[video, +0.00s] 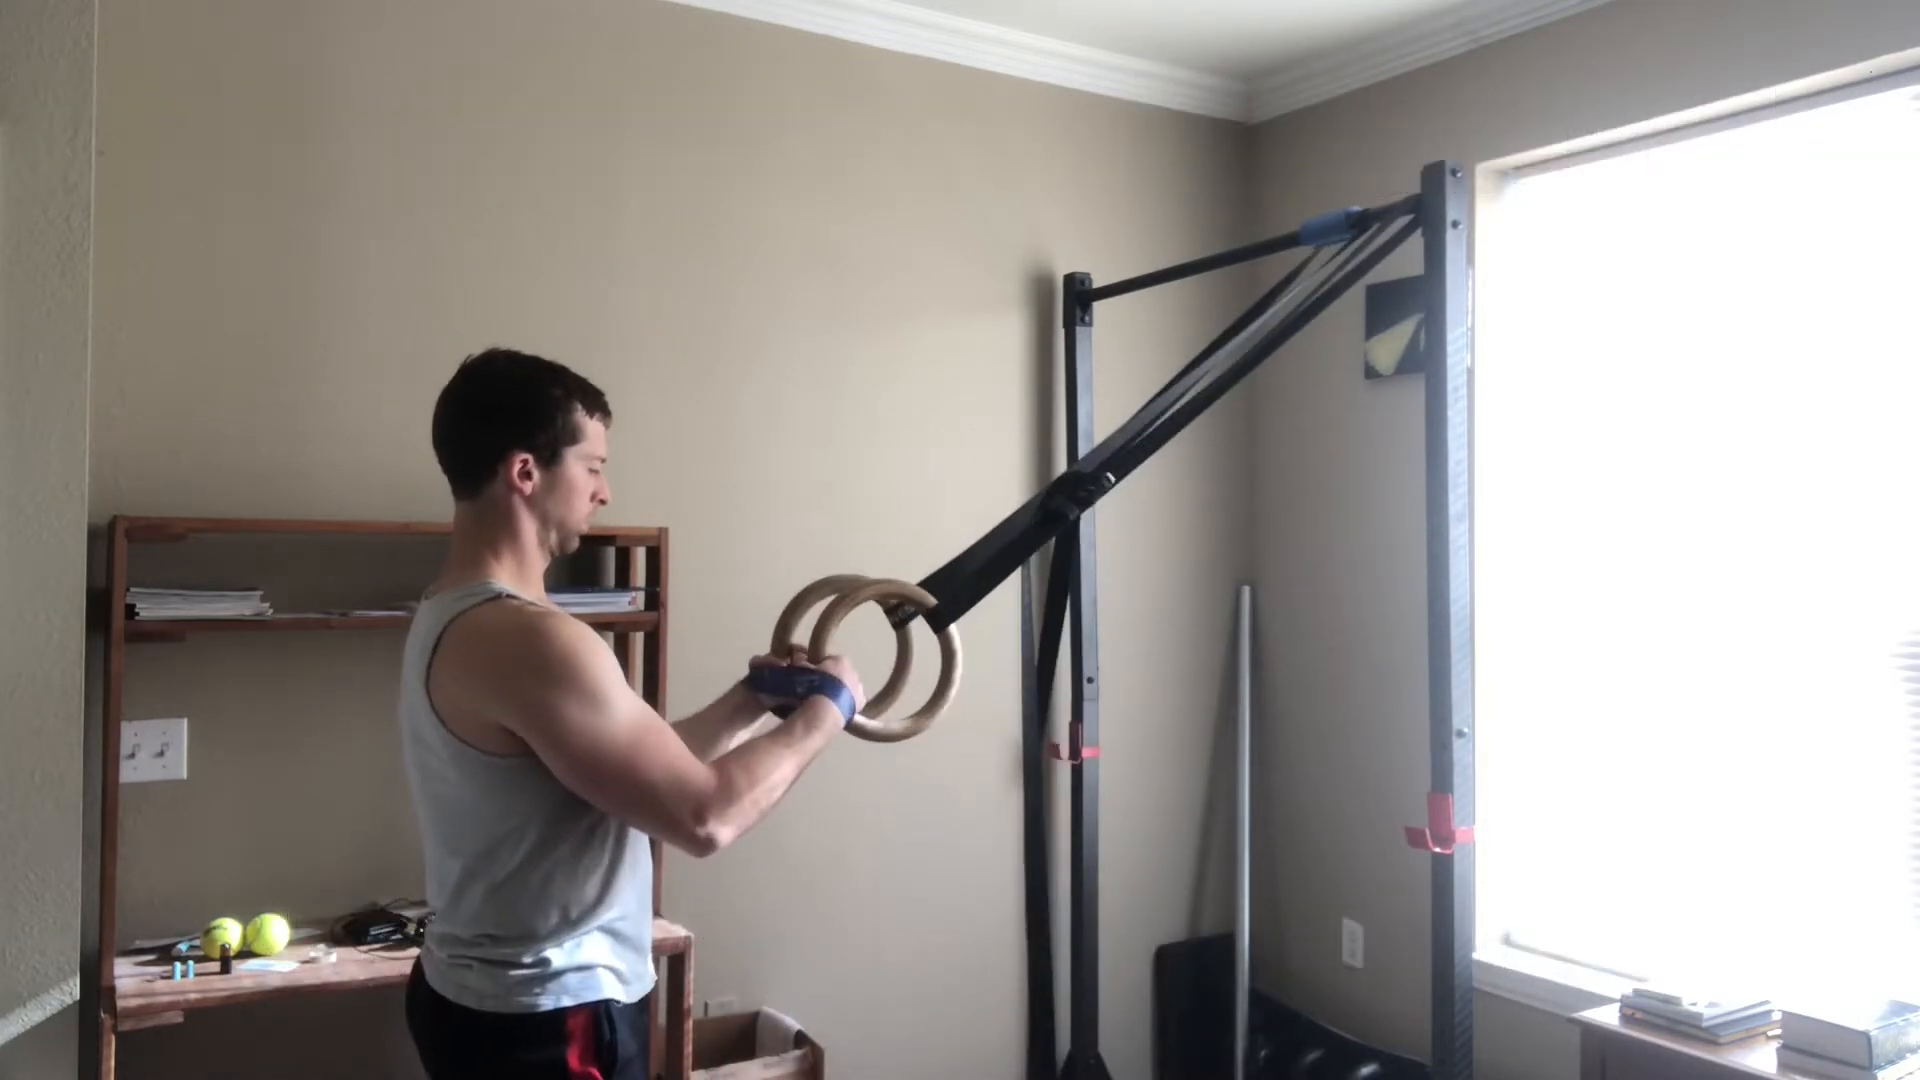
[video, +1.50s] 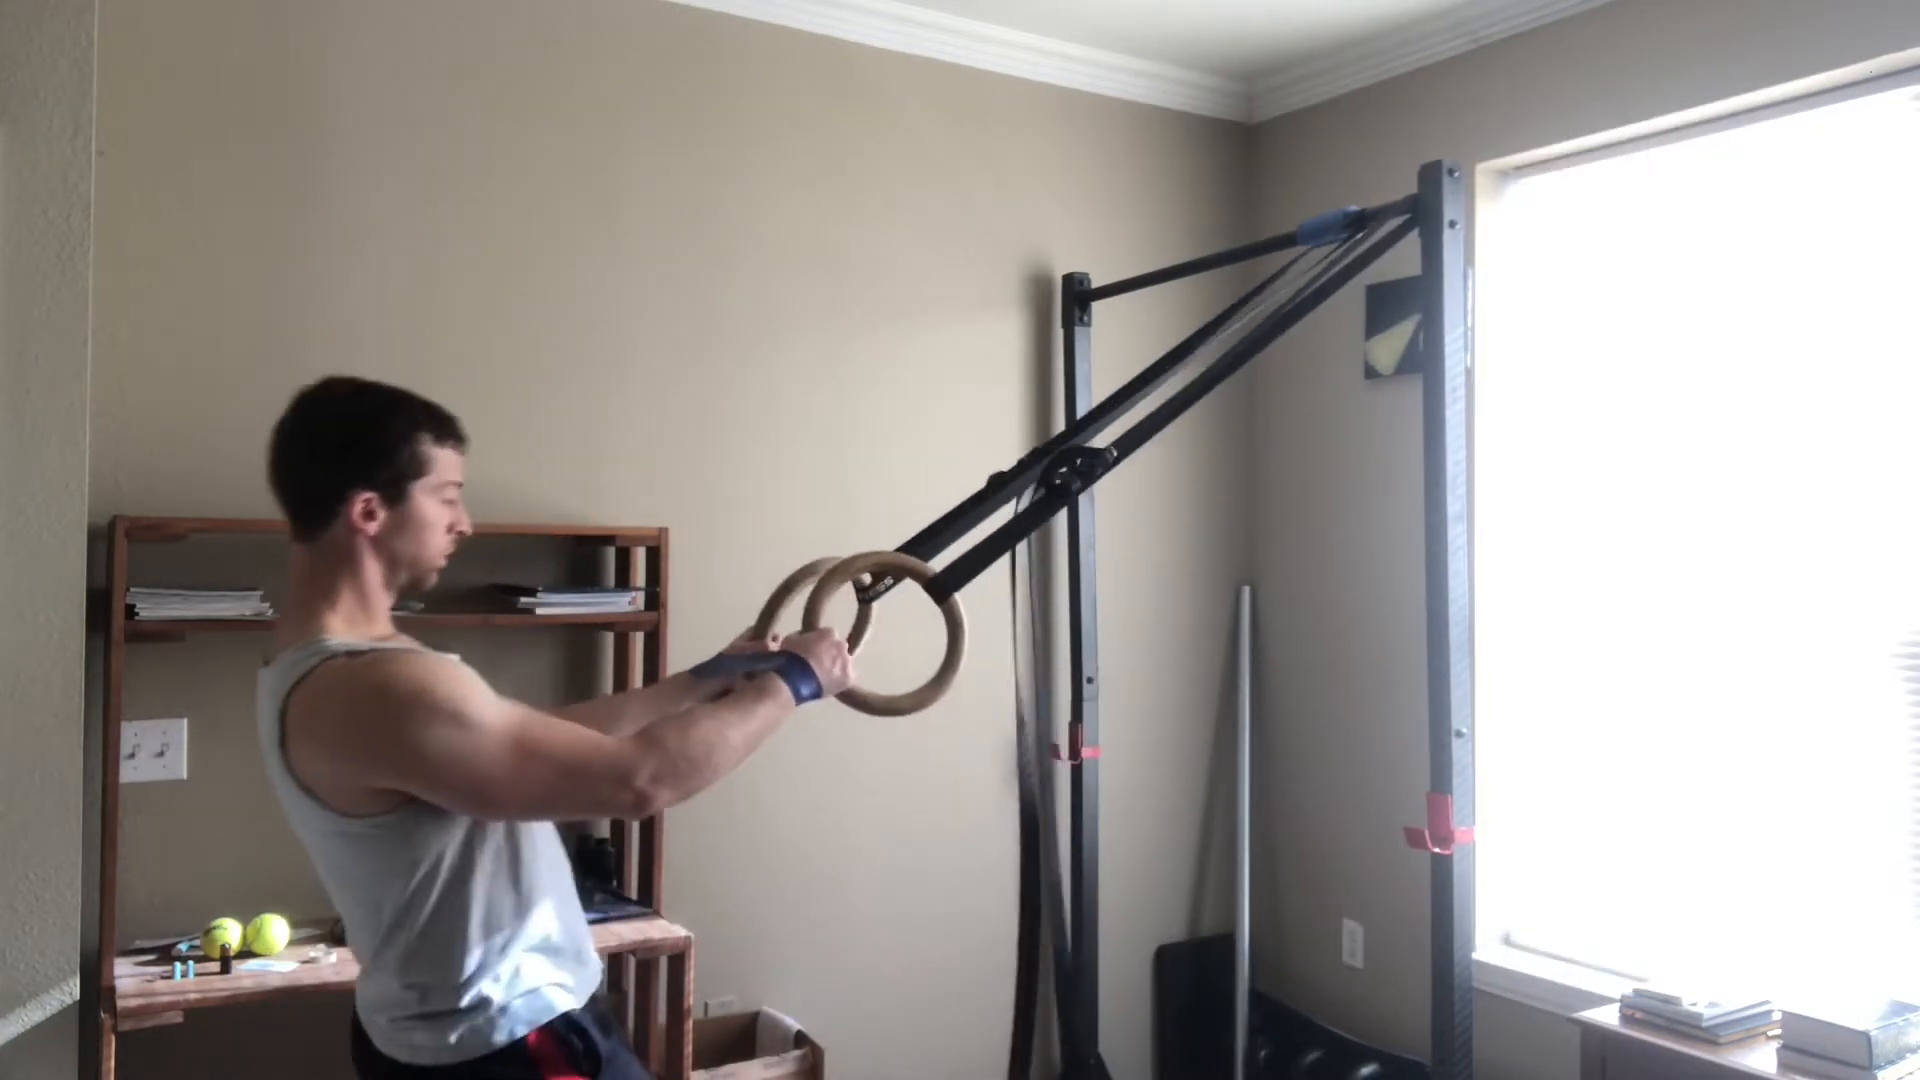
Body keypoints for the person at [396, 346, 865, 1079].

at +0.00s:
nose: (604, 492)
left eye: (601, 470)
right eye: (591, 468)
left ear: (521, 477)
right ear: (524, 473)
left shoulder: (452, 617)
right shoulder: (531, 642)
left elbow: (623, 773)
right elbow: (705, 817)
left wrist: (750, 699)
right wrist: (825, 712)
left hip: (483, 1004)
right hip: (552, 1024)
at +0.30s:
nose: (616, 488)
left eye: (613, 466)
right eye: (601, 465)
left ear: (530, 478)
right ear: (533, 473)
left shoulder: (467, 615)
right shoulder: (540, 644)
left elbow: (634, 776)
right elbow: (694, 835)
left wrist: (758, 697)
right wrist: (821, 711)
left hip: (492, 1005)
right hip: (559, 1026)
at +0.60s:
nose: (612, 487)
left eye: (609, 465)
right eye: (597, 463)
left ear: (525, 477)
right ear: (528, 472)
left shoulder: (461, 616)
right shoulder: (544, 641)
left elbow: (642, 778)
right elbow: (689, 827)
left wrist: (758, 692)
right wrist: (813, 706)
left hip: (484, 1016)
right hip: (558, 1035)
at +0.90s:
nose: (572, 492)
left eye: (570, 466)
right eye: (560, 464)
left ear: (487, 477)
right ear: (490, 474)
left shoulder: (418, 630)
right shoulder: (507, 653)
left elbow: (601, 779)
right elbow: (703, 825)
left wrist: (736, 697)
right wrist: (816, 702)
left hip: (455, 1024)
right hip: (538, 1042)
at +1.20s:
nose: (518, 512)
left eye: (518, 486)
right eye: (506, 484)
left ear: (429, 489)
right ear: (432, 487)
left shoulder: (360, 641)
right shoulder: (448, 667)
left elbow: (577, 754)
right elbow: (677, 807)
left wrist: (727, 681)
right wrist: (816, 698)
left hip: (448, 1028)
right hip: (528, 1043)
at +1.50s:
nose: (464, 522)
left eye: (459, 496)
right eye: (447, 495)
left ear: (366, 516)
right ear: (368, 513)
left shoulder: (316, 665)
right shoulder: (380, 689)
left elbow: (547, 740)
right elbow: (637, 780)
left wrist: (710, 680)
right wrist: (795, 681)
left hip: (431, 1041)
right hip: (507, 1048)